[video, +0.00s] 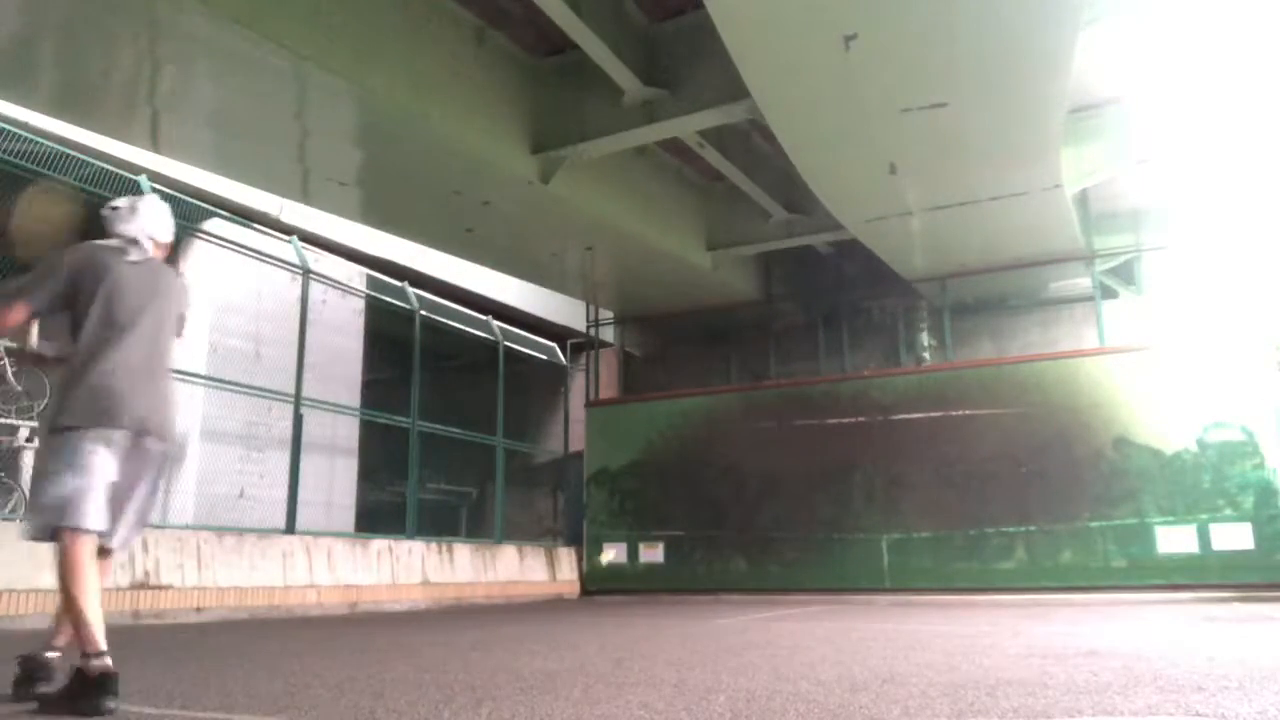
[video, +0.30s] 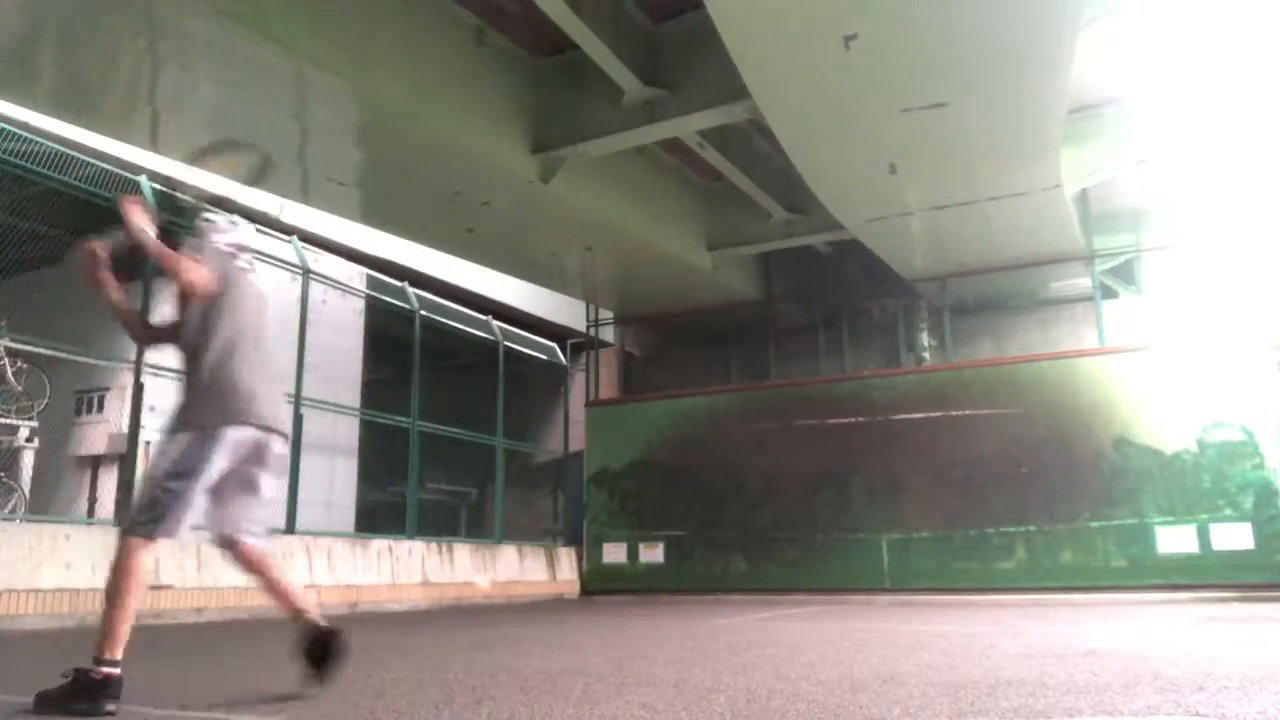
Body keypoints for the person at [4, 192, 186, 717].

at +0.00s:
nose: (167, 252)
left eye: (167, 246)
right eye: (167, 245)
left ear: (111, 228)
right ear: (158, 242)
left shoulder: (83, 257)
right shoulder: (173, 283)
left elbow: (11, 316)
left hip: (92, 410)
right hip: (156, 420)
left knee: (77, 537)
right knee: (102, 547)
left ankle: (99, 665)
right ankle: (51, 657)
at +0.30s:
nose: (190, 253)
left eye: (194, 245)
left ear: (207, 238)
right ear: (237, 248)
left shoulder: (217, 247)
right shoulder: (227, 298)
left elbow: (197, 279)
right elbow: (146, 335)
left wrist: (147, 236)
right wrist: (107, 285)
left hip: (220, 415)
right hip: (267, 421)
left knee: (138, 536)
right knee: (235, 534)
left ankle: (103, 672)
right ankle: (315, 627)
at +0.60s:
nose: (309, 238)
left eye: (311, 232)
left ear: (316, 236)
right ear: (360, 239)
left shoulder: (308, 263)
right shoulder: (385, 289)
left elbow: (275, 326)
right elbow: (407, 363)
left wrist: (223, 400)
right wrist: (431, 423)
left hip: (322, 414)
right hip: (379, 423)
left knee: (256, 525)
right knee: (364, 544)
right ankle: (377, 664)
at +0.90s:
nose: (399, 217)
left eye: (399, 210)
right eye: (411, 208)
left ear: (396, 216)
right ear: (439, 218)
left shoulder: (376, 260)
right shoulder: (470, 257)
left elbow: (311, 281)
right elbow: (545, 229)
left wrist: (243, 297)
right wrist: (613, 190)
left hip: (405, 408)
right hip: (456, 413)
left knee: (418, 528)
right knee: (419, 533)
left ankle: (475, 656)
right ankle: (385, 662)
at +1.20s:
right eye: (508, 202)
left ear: (467, 211)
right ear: (513, 208)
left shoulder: (447, 261)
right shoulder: (536, 249)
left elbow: (420, 339)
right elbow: (620, 272)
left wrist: (420, 415)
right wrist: (688, 244)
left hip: (477, 403)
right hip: (540, 402)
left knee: (478, 534)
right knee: (525, 527)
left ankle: (492, 668)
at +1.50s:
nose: (570, 227)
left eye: (563, 218)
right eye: (582, 218)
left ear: (551, 225)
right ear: (598, 225)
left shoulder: (529, 274)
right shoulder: (625, 278)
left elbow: (509, 364)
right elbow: (668, 359)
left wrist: (542, 391)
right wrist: (630, 408)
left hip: (554, 427)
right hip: (614, 431)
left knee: (510, 549)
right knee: (636, 552)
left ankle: (503, 672)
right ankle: (671, 671)